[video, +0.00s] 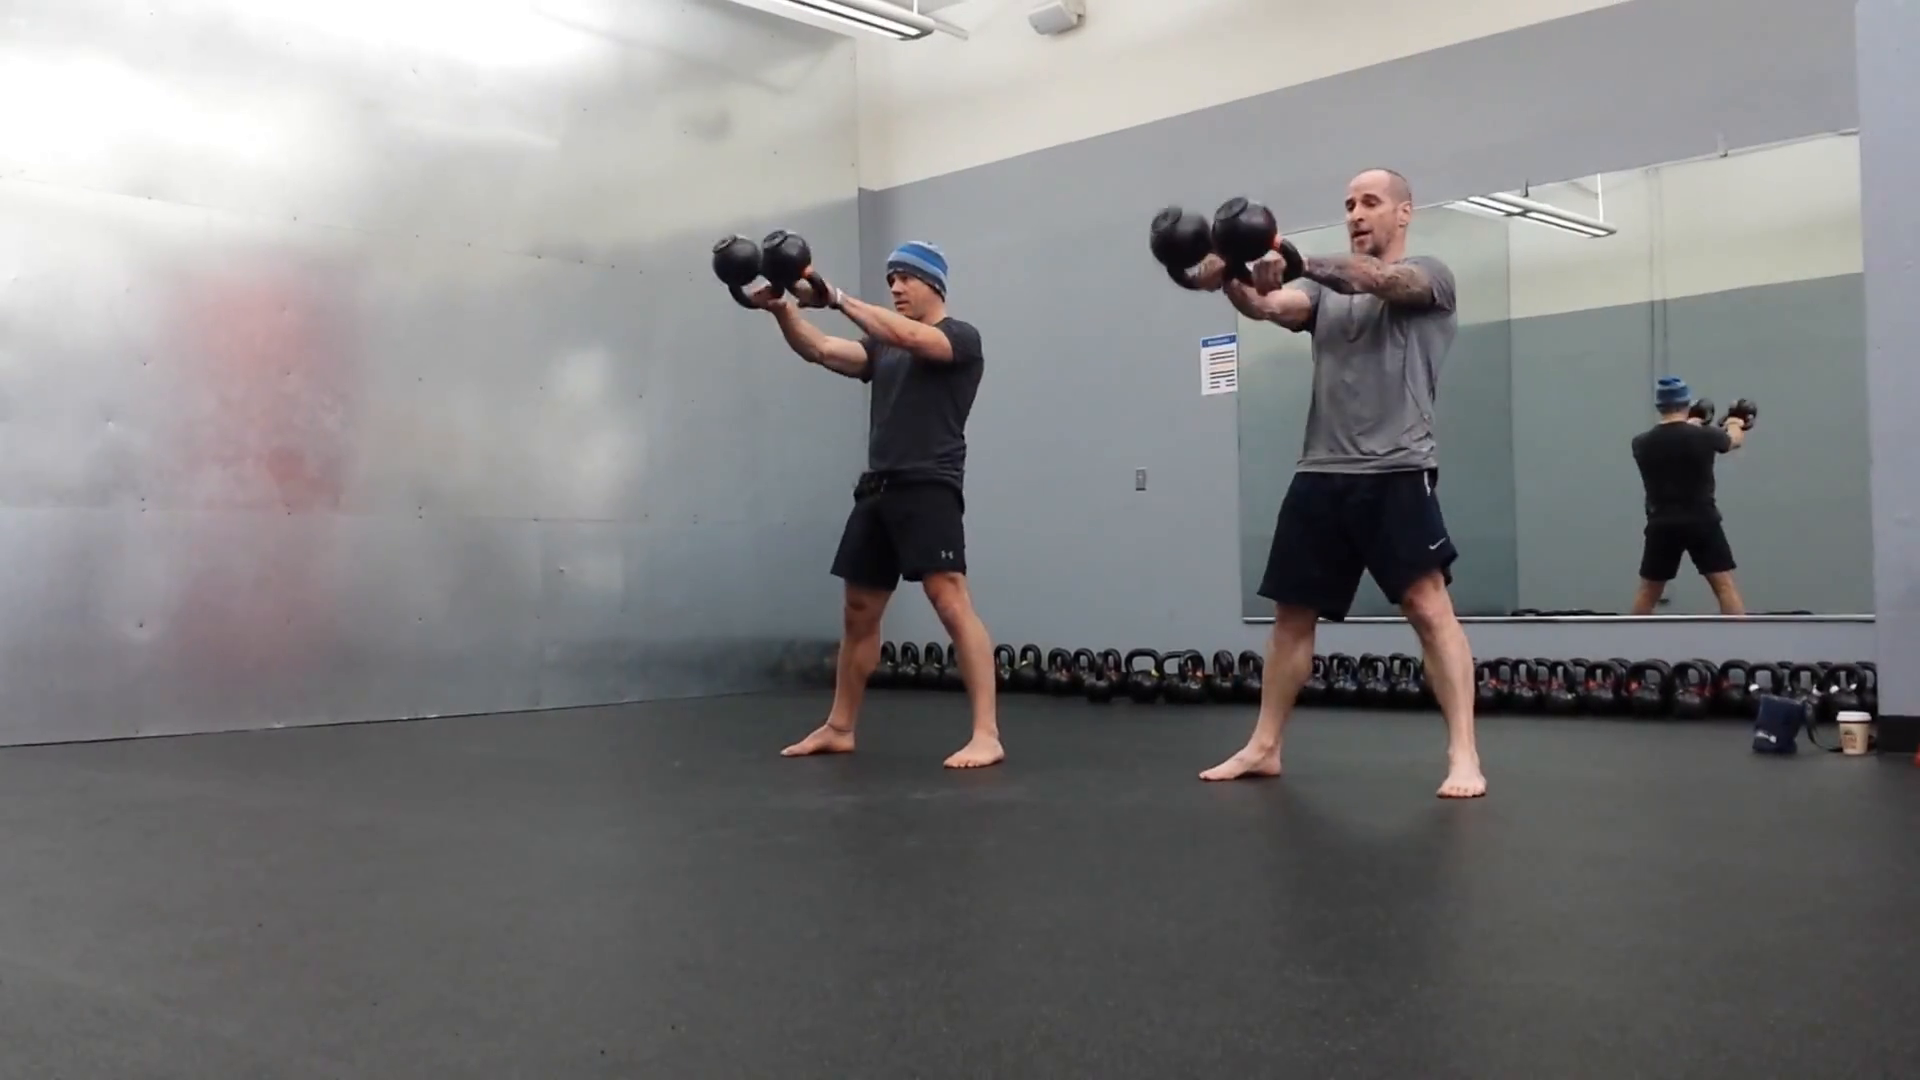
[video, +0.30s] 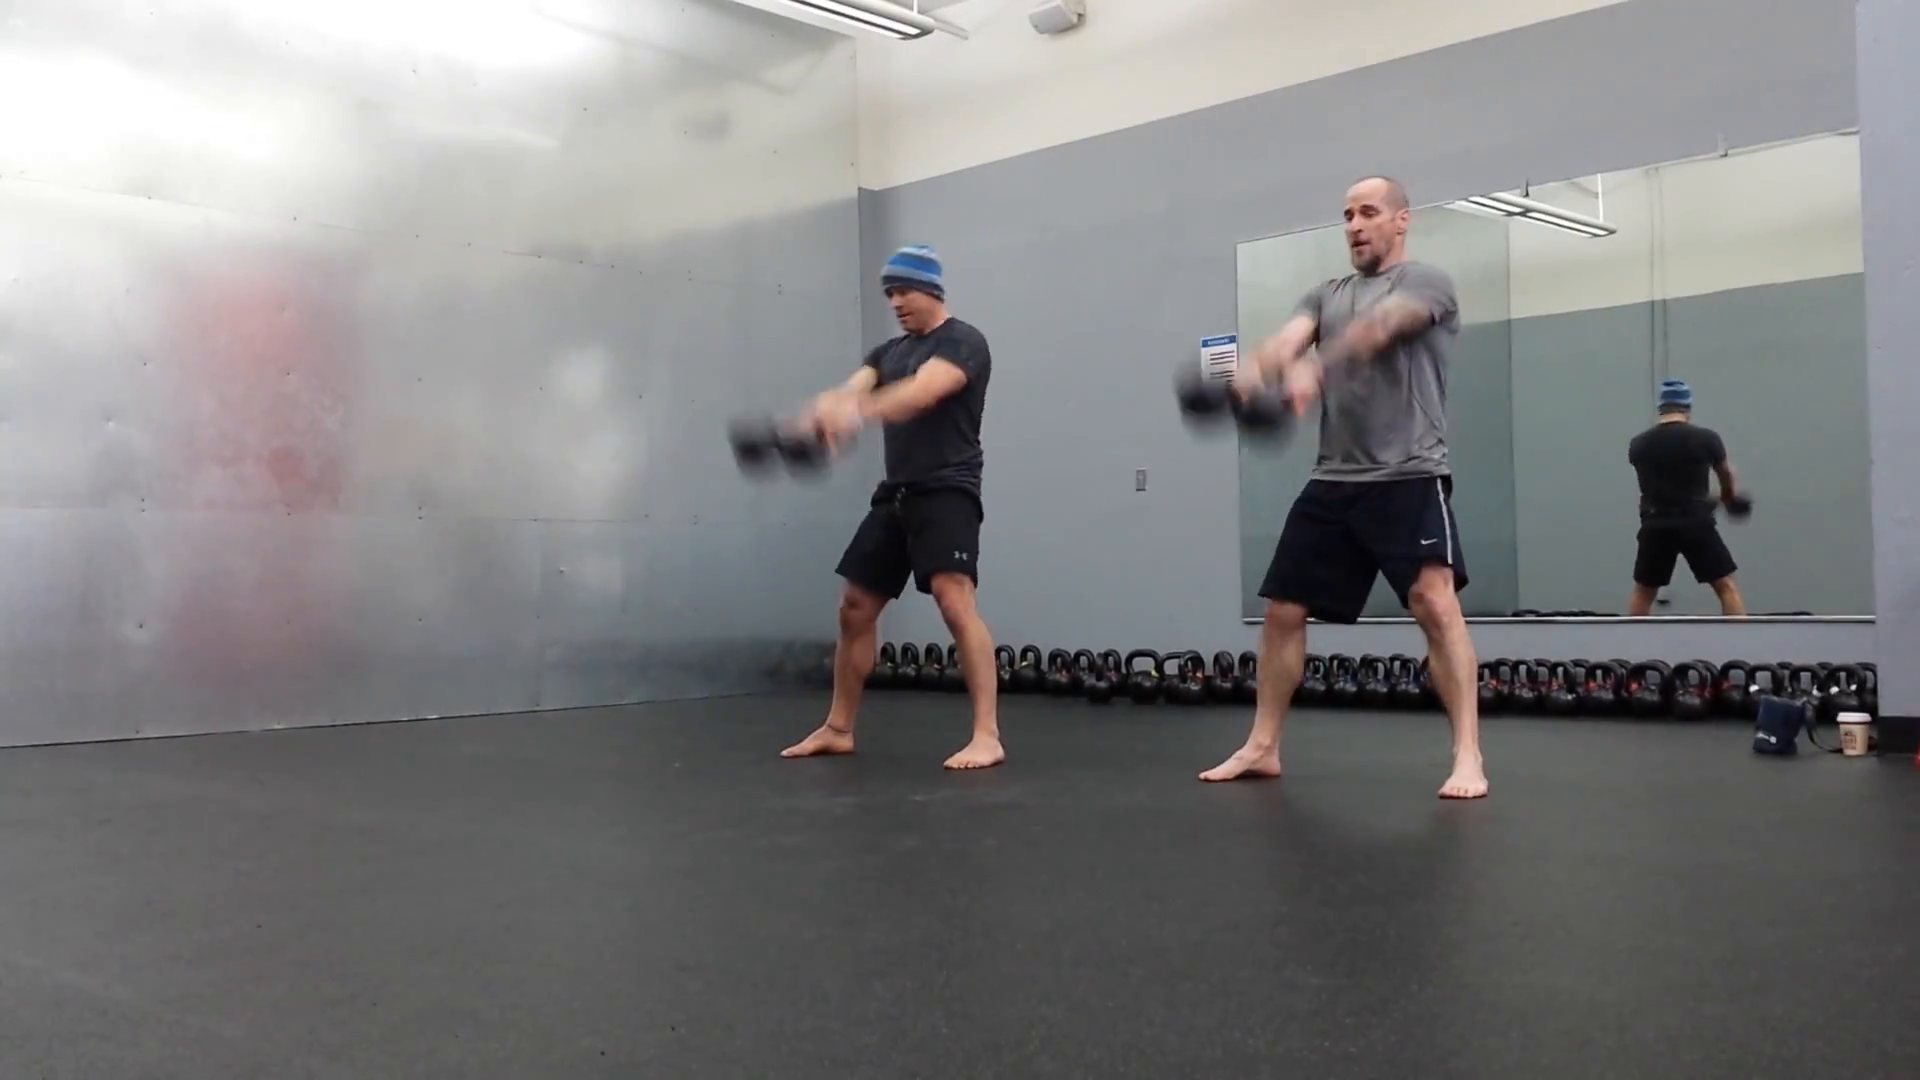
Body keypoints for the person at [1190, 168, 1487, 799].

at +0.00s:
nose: (1355, 214)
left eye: (1369, 201)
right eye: (1350, 206)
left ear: (1406, 212)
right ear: (1346, 219)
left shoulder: (1432, 277)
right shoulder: (1329, 287)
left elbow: (1377, 279)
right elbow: (1263, 303)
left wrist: (1300, 264)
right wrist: (1223, 271)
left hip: (1397, 473)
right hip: (1320, 474)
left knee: (1429, 609)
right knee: (1292, 612)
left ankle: (1464, 756)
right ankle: (1264, 745)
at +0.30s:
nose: (1355, 225)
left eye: (1369, 213)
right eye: (1349, 216)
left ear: (1403, 220)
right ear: (1343, 228)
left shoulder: (1428, 283)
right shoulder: (1328, 296)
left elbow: (1378, 329)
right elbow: (1283, 342)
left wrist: (1317, 367)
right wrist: (1253, 373)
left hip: (1410, 478)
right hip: (1333, 482)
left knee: (1434, 602)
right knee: (1282, 610)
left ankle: (1468, 756)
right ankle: (1262, 745)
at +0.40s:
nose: (1332, 236)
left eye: (1345, 224)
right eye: (1326, 226)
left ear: (1381, 228)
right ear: (1322, 236)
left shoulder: (1412, 300)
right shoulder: (1311, 311)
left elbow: (1376, 381)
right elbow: (1287, 385)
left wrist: (1333, 460)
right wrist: (1268, 454)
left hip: (1411, 490)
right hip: (1336, 493)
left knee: (1441, 596)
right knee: (1270, 607)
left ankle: (1469, 756)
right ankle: (1261, 745)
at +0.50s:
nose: (1293, 267)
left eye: (1306, 253)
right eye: (1287, 257)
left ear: (1341, 255)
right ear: (1283, 267)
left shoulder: (1384, 336)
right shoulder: (1281, 349)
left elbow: (1377, 448)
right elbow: (1285, 449)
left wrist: (1365, 546)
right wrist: (1297, 541)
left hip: (1413, 500)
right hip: (1335, 501)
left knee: (1447, 599)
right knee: (1252, 605)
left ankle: (1471, 756)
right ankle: (1260, 744)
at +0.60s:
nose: (1255, 336)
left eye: (1266, 322)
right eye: (1247, 325)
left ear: (1300, 325)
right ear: (1242, 337)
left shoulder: (1360, 396)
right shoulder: (1252, 420)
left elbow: (1386, 507)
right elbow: (1286, 511)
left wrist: (1398, 592)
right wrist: (1329, 594)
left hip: (1404, 519)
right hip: (1324, 527)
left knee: (1442, 610)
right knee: (1235, 612)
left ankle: (1469, 756)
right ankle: (1259, 747)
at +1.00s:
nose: (1317, 233)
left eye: (1331, 220)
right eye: (1312, 223)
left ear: (1366, 228)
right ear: (1307, 235)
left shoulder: (1401, 310)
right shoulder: (1298, 318)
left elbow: (1390, 414)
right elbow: (1282, 411)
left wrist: (1355, 490)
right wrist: (1280, 496)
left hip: (1403, 472)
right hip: (1331, 473)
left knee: (1441, 597)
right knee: (1257, 602)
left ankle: (1467, 756)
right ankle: (1261, 742)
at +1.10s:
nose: (1359, 220)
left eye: (1372, 208)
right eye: (1352, 211)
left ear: (1407, 215)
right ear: (1345, 222)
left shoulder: (1435, 279)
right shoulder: (1334, 286)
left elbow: (1410, 347)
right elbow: (1295, 348)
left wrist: (1345, 385)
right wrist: (1263, 391)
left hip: (1403, 466)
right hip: (1328, 468)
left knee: (1429, 601)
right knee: (1286, 602)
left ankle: (1465, 754)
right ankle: (1263, 742)